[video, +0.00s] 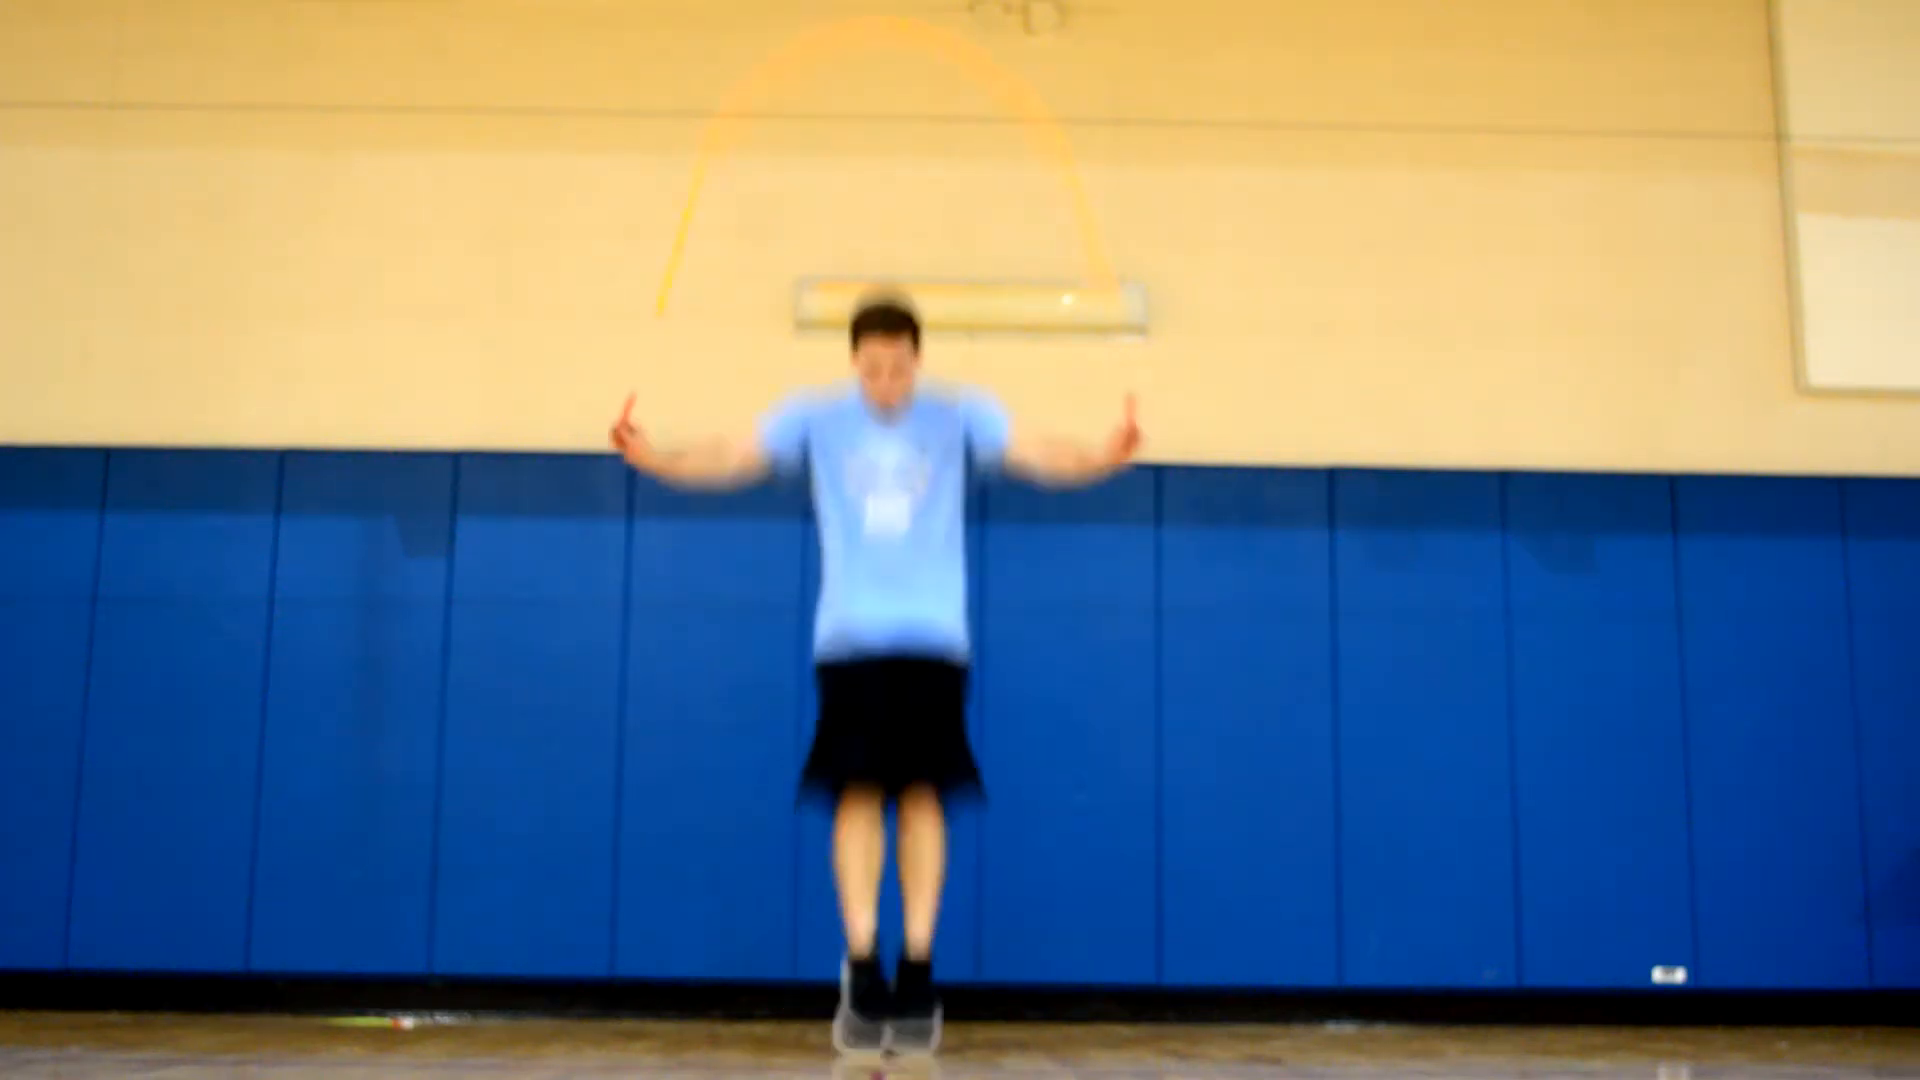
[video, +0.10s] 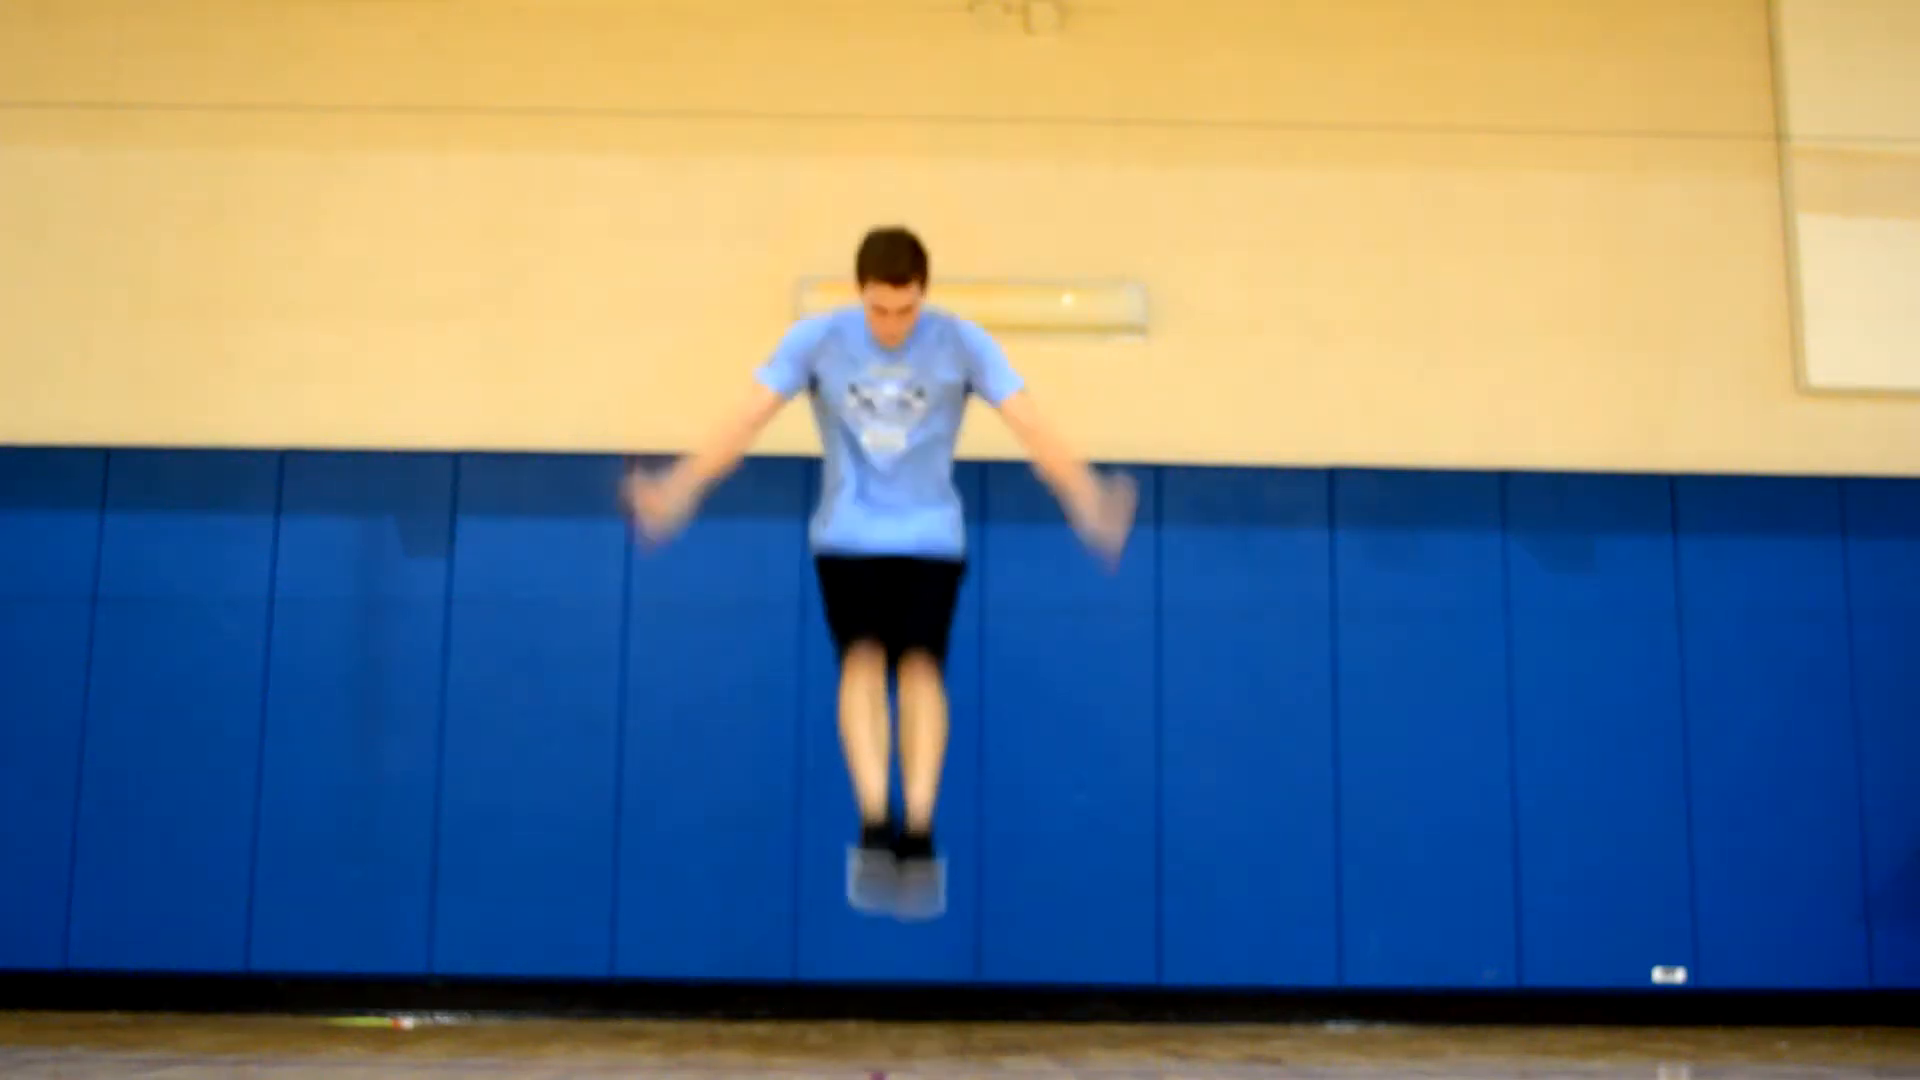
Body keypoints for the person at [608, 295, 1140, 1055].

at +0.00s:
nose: (888, 382)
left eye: (899, 367)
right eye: (876, 367)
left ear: (919, 362)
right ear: (854, 363)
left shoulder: (958, 415)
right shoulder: (818, 419)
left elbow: (1041, 457)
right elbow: (730, 458)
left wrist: (1106, 454)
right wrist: (649, 455)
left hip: (933, 640)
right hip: (851, 639)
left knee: (922, 798)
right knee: (859, 797)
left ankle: (917, 972)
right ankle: (863, 967)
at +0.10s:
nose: (891, 324)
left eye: (904, 310)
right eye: (880, 309)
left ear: (925, 295)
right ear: (860, 294)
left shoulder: (960, 343)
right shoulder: (819, 341)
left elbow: (1031, 427)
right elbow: (744, 424)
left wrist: (1088, 502)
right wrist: (675, 492)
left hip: (931, 538)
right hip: (848, 536)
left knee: (920, 665)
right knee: (863, 658)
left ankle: (917, 827)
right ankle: (878, 822)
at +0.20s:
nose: (893, 342)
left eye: (904, 326)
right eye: (881, 328)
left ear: (922, 317)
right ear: (861, 318)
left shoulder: (955, 354)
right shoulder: (818, 349)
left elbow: (990, 459)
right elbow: (784, 452)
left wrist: (979, 557)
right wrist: (791, 556)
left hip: (928, 461)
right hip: (848, 458)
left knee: (914, 559)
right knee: (863, 552)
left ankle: (920, 682)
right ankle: (872, 672)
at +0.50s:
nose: (894, 498)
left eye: (906, 490)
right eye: (885, 487)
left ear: (929, 466)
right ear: (864, 461)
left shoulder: (965, 465)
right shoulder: (816, 460)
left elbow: (974, 562)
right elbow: (795, 563)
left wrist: (980, 645)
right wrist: (770, 654)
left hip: (922, 547)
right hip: (847, 540)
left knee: (910, 670)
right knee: (850, 657)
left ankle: (904, 841)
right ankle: (852, 834)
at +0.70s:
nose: (896, 555)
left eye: (908, 546)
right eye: (887, 543)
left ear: (930, 528)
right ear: (867, 519)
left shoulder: (964, 548)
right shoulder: (817, 544)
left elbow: (989, 604)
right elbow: (759, 601)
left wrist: (1071, 634)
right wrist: (665, 634)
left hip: (925, 724)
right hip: (833, 721)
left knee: (938, 867)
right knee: (818, 862)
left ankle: (898, 1010)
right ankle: (837, 1012)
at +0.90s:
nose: (893, 405)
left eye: (905, 392)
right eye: (882, 392)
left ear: (925, 379)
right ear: (863, 376)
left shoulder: (964, 430)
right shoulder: (822, 428)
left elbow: (993, 534)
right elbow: (786, 534)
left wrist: (1046, 623)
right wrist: (734, 629)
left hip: (931, 628)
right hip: (847, 625)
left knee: (916, 790)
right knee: (850, 788)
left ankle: (903, 967)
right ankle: (853, 962)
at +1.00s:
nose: (900, 391)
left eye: (912, 378)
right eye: (889, 377)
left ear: (932, 363)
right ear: (867, 360)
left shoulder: (966, 424)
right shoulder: (825, 425)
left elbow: (986, 535)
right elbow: (797, 534)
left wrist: (1026, 623)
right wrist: (751, 624)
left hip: (935, 629)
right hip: (850, 628)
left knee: (918, 797)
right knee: (857, 796)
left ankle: (909, 975)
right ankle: (864, 974)